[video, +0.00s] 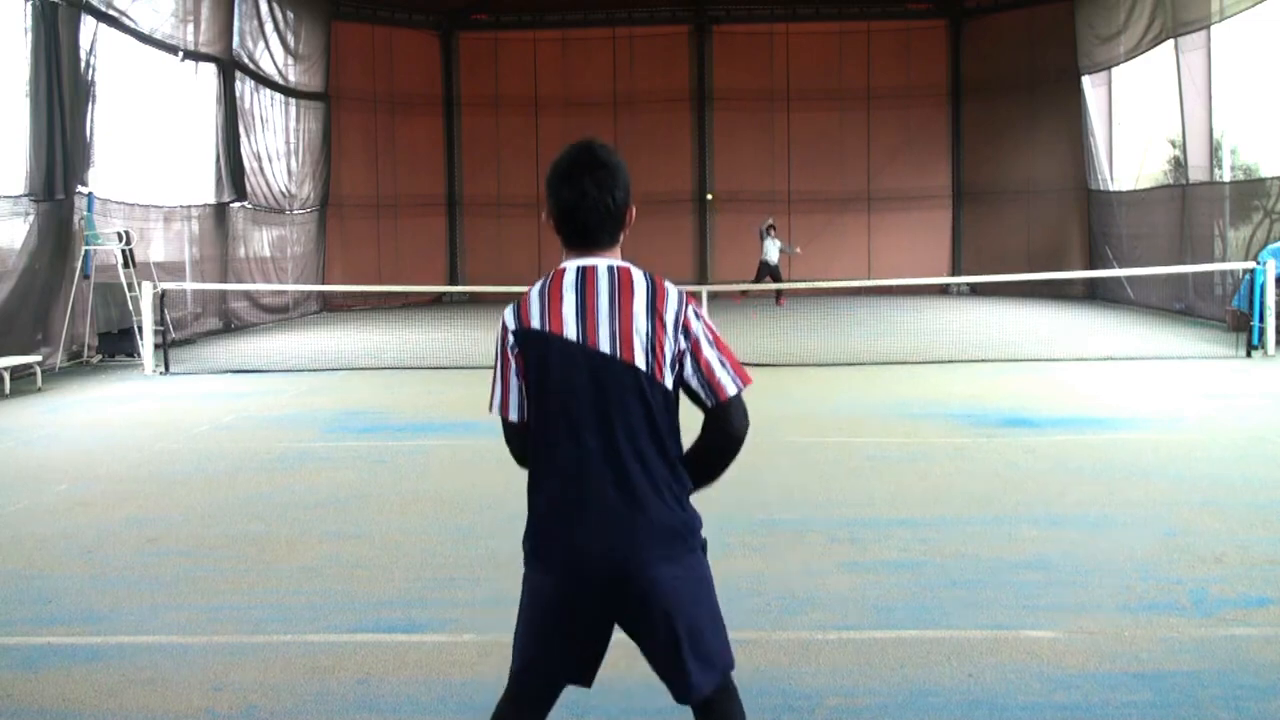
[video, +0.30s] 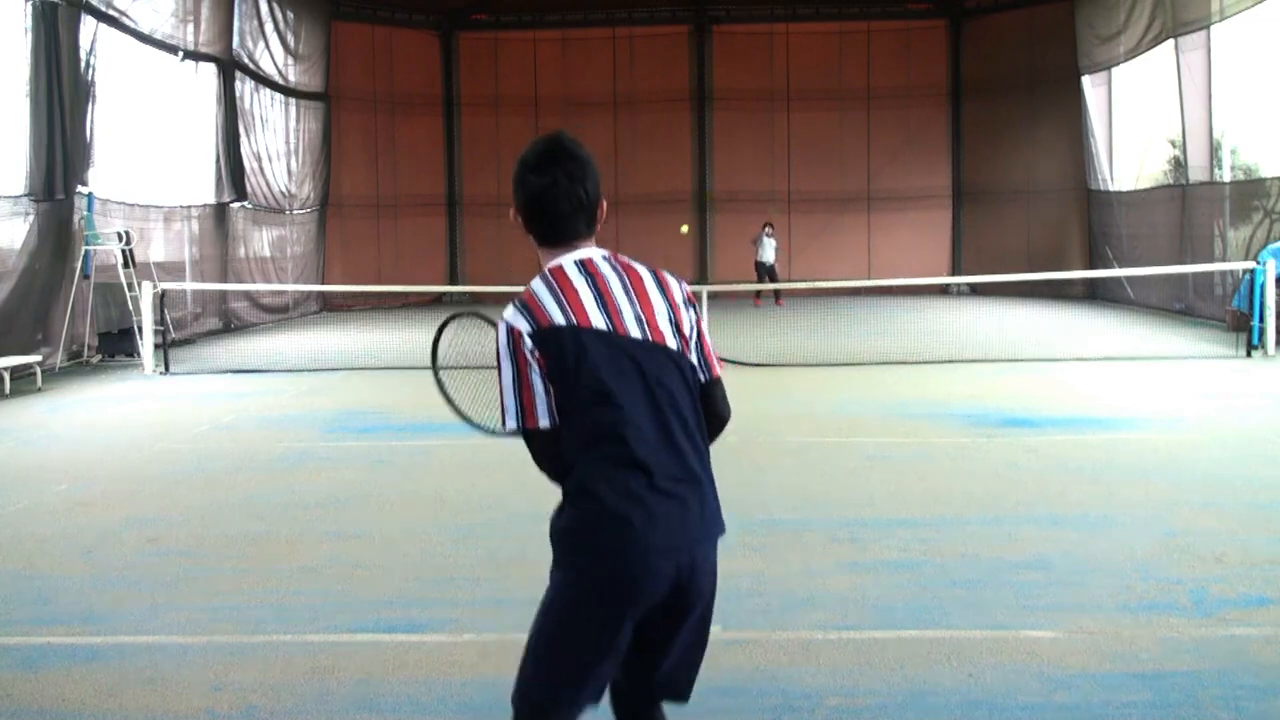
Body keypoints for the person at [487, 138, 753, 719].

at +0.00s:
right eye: (631, 204)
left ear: (551, 222)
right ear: (629, 216)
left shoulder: (521, 316)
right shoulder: (670, 304)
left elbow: (519, 440)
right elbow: (732, 422)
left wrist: (574, 479)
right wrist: (672, 480)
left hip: (562, 541)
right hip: (655, 538)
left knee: (525, 697)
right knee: (714, 693)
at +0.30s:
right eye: (601, 200)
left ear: (521, 221)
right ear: (601, 211)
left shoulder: (525, 316)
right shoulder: (667, 289)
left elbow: (549, 451)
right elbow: (716, 410)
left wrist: (610, 485)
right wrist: (663, 459)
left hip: (609, 545)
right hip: (693, 537)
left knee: (542, 704)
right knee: (641, 697)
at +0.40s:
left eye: (509, 246)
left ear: (517, 259)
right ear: (599, 247)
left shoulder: (535, 354)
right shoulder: (660, 325)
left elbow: (548, 491)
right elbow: (710, 450)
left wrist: (609, 540)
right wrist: (666, 516)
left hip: (619, 585)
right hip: (701, 571)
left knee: (568, 711)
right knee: (637, 707)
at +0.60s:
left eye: (506, 215)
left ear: (515, 226)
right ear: (597, 210)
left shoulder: (565, 302)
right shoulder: (629, 283)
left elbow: (571, 437)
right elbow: (639, 434)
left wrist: (534, 500)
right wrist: (569, 519)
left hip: (661, 539)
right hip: (708, 525)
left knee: (613, 706)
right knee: (642, 699)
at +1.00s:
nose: (505, 249)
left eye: (506, 235)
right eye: (508, 232)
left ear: (515, 246)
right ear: (581, 229)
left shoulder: (599, 289)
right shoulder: (549, 331)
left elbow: (625, 415)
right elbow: (540, 419)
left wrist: (522, 425)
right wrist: (504, 457)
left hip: (691, 529)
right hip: (655, 532)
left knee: (673, 705)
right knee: (610, 631)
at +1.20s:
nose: (503, 262)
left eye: (502, 250)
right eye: (501, 250)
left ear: (517, 254)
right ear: (568, 239)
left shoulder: (578, 306)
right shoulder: (564, 312)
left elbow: (580, 428)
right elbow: (527, 412)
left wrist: (530, 520)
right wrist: (494, 498)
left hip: (627, 529)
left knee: (607, 691)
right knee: (576, 657)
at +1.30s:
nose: (500, 247)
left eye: (499, 236)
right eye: (497, 234)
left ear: (517, 237)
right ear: (571, 219)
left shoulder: (513, 297)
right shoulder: (638, 286)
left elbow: (512, 403)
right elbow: (624, 382)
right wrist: (527, 424)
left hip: (583, 500)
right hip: (659, 493)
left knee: (627, 683)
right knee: (628, 635)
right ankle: (612, 707)